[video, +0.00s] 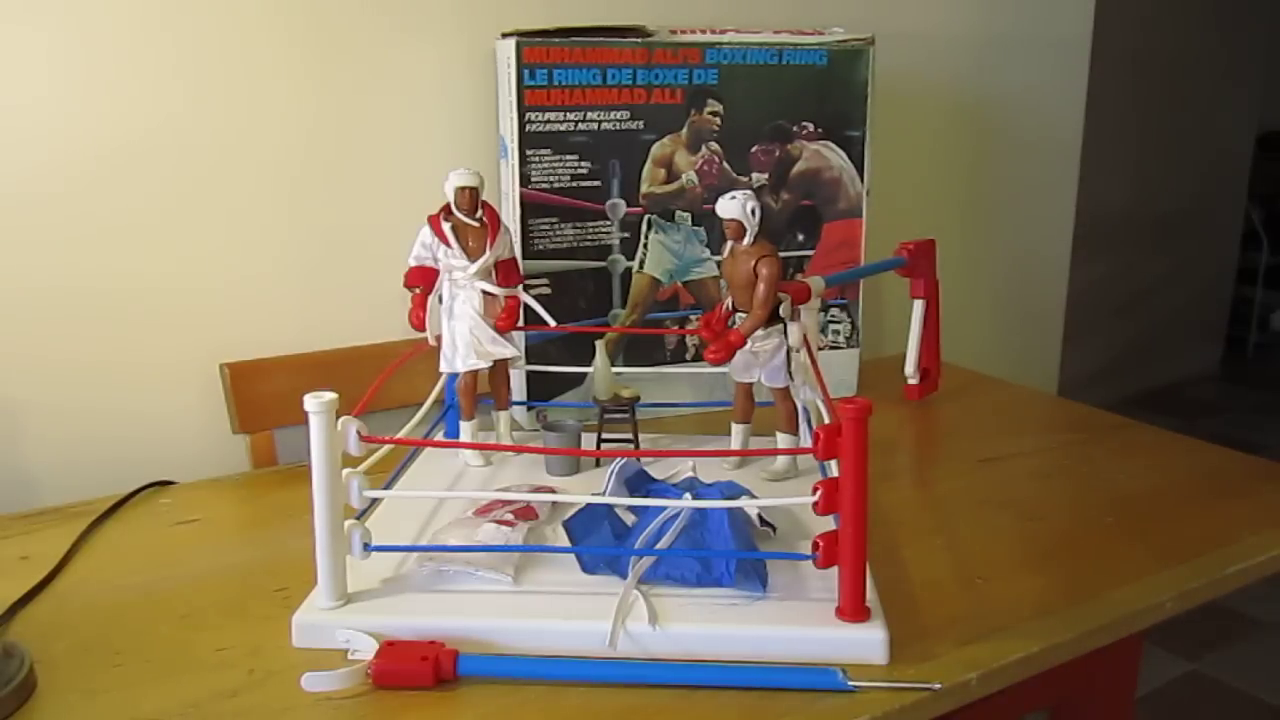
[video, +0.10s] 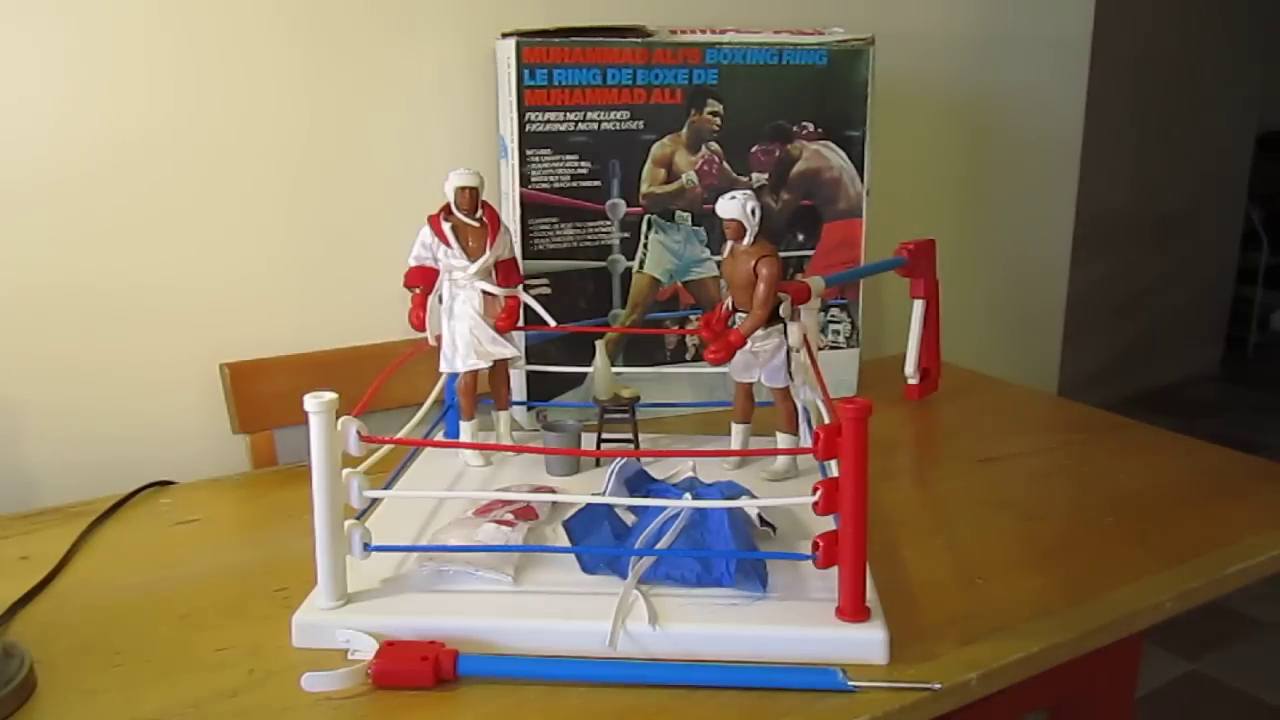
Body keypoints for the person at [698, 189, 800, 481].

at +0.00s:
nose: (725, 227)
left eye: (730, 222)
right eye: (723, 222)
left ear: (747, 222)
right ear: (725, 222)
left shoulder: (766, 260)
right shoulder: (730, 249)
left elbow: (761, 312)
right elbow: (735, 292)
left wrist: (735, 338)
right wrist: (720, 315)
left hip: (769, 332)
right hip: (743, 329)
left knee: (779, 390)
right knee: (742, 386)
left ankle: (787, 456)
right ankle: (738, 450)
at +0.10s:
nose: (725, 227)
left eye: (730, 222)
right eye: (723, 222)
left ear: (747, 222)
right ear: (724, 222)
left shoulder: (766, 260)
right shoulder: (730, 249)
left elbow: (761, 312)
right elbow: (735, 292)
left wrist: (735, 338)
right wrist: (720, 315)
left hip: (769, 332)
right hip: (743, 329)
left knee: (779, 390)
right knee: (742, 386)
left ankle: (787, 456)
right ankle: (738, 449)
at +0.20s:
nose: (725, 227)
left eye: (730, 222)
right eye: (723, 222)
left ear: (747, 222)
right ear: (724, 222)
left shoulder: (766, 260)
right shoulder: (730, 249)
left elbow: (761, 312)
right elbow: (735, 291)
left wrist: (735, 338)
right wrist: (720, 315)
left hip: (769, 332)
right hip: (743, 329)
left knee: (779, 390)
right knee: (742, 386)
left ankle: (787, 456)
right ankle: (738, 449)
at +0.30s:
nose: (725, 227)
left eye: (730, 222)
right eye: (724, 222)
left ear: (747, 222)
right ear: (724, 222)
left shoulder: (766, 260)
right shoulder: (730, 249)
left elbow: (761, 312)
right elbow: (734, 291)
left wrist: (735, 338)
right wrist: (721, 315)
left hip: (769, 333)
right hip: (743, 329)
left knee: (779, 390)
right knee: (742, 386)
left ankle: (787, 456)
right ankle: (738, 449)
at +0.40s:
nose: (725, 227)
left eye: (730, 222)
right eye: (724, 222)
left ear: (747, 222)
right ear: (724, 222)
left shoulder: (766, 260)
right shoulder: (730, 249)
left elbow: (761, 312)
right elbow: (735, 291)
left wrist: (735, 338)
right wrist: (721, 315)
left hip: (769, 333)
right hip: (743, 329)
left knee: (780, 390)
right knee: (742, 386)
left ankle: (787, 456)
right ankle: (738, 449)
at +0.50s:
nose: (725, 227)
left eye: (730, 222)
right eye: (724, 222)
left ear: (747, 222)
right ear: (724, 223)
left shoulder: (766, 260)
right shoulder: (730, 249)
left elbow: (761, 312)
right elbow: (735, 291)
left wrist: (735, 338)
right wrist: (720, 315)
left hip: (769, 332)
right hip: (743, 329)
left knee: (780, 390)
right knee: (742, 386)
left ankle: (787, 456)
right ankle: (738, 449)